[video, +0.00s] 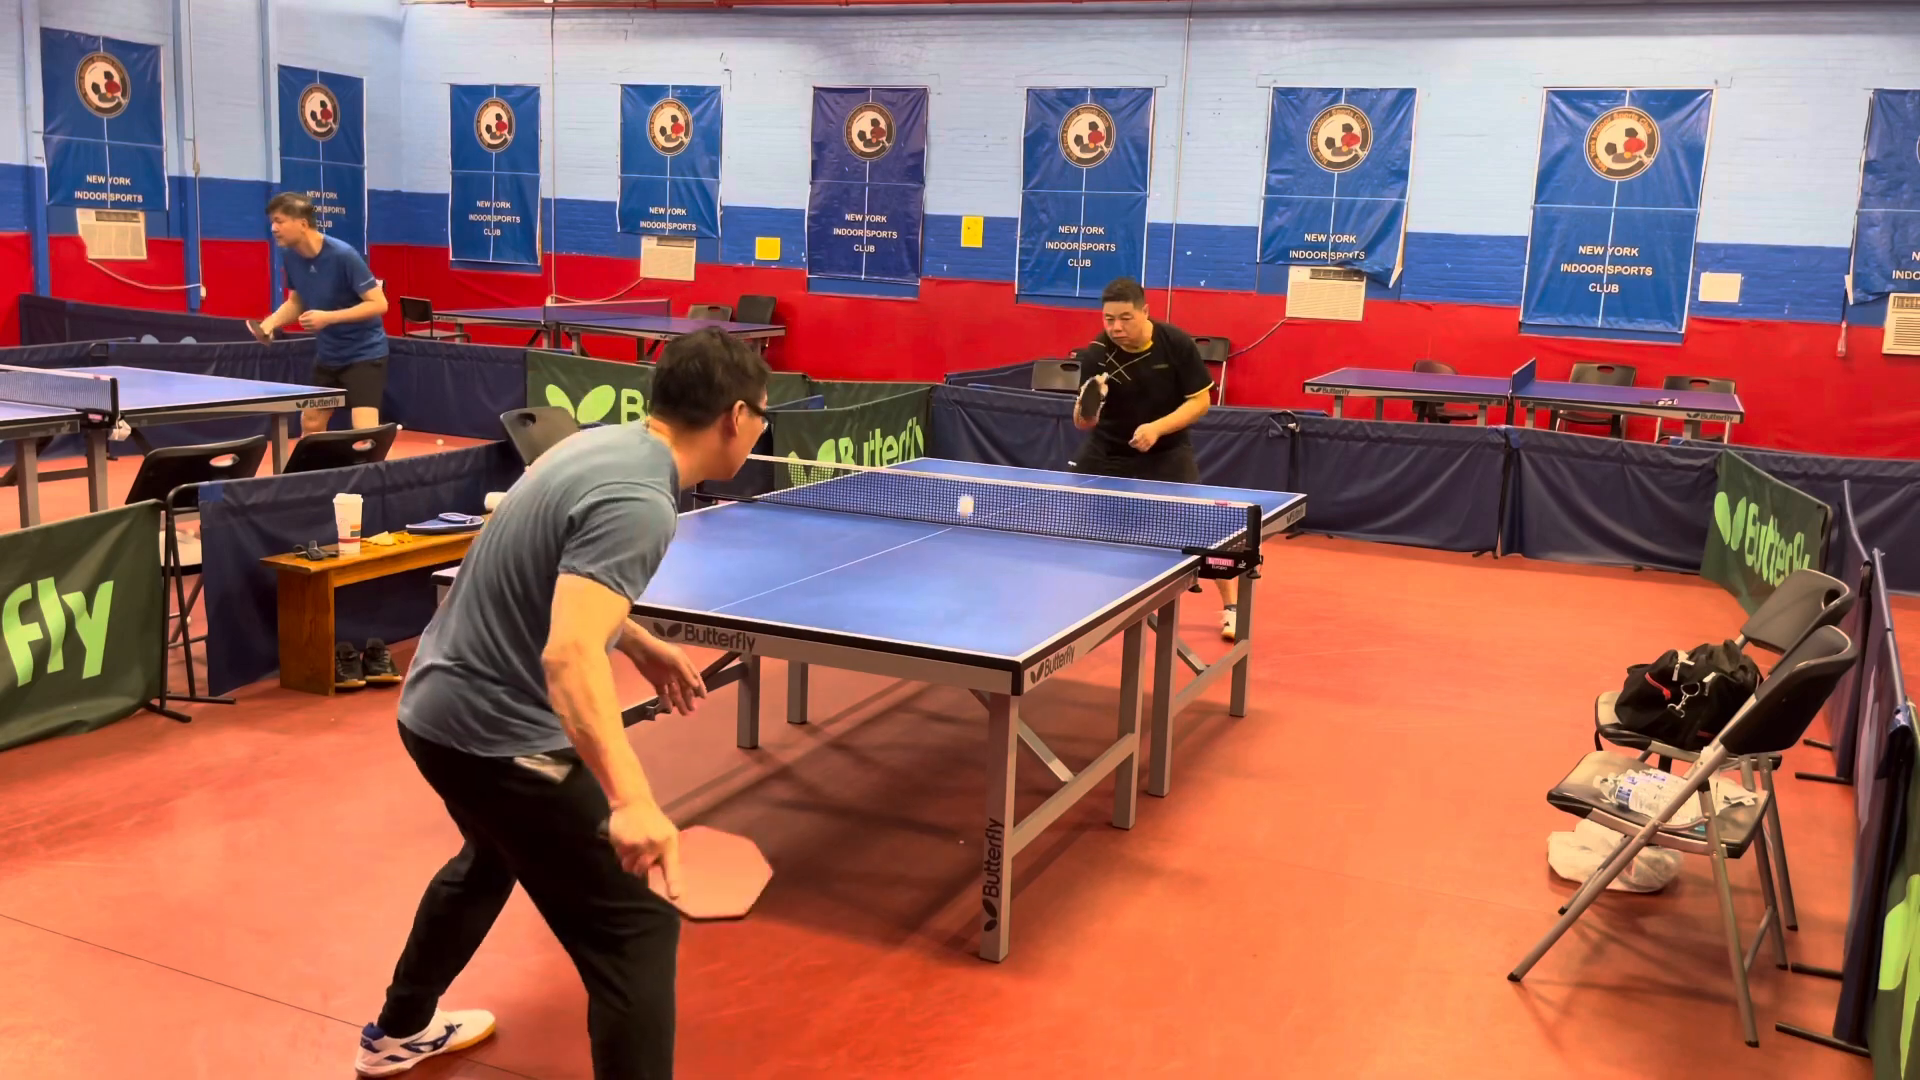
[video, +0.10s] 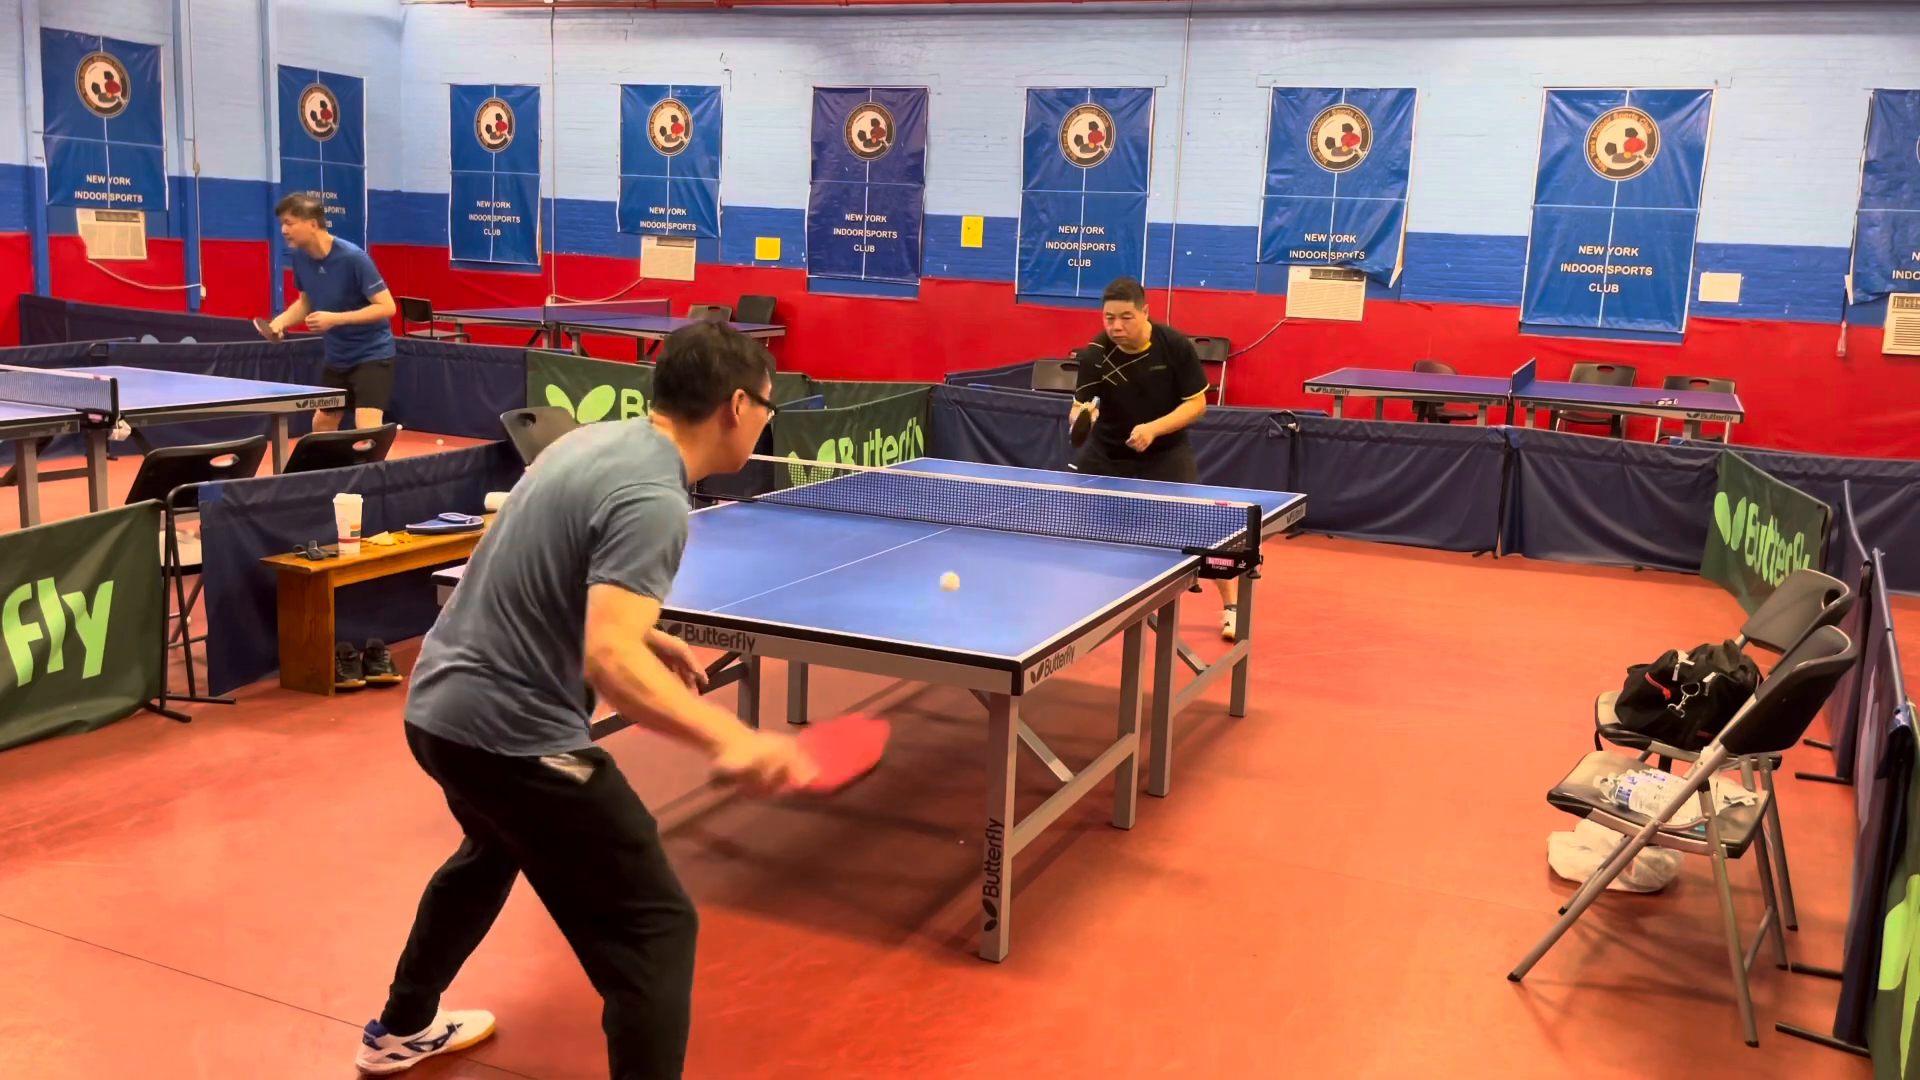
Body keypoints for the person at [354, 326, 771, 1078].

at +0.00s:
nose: (761, 431)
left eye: (762, 413)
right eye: (760, 413)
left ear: (665, 398)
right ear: (732, 417)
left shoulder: (597, 446)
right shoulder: (642, 499)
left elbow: (546, 575)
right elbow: (570, 658)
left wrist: (643, 645)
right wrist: (633, 802)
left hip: (435, 708)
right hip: (499, 734)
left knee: (494, 853)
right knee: (635, 928)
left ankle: (400, 1027)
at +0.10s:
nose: (762, 425)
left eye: (766, 409)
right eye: (763, 408)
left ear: (668, 392)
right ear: (733, 408)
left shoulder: (587, 442)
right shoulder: (654, 493)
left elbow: (550, 578)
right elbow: (610, 656)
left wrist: (647, 635)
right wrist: (733, 739)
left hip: (438, 708)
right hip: (519, 733)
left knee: (494, 848)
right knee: (655, 927)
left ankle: (402, 1026)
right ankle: (646, 1070)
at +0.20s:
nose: (749, 380)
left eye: (751, 360)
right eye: (747, 360)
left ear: (652, 349)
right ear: (713, 357)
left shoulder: (552, 409)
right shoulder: (672, 452)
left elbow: (519, 540)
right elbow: (740, 626)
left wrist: (616, 611)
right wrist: (869, 587)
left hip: (443, 690)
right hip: (537, 709)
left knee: (477, 833)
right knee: (651, 922)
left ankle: (409, 1017)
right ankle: (648, 1075)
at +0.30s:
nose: (732, 335)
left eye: (732, 318)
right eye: (728, 319)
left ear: (630, 318)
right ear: (700, 326)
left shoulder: (527, 384)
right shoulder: (703, 432)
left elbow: (465, 513)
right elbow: (804, 510)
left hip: (445, 680)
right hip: (548, 707)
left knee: (462, 846)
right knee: (645, 915)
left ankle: (425, 1019)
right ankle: (650, 1068)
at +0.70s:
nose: (737, 382)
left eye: (735, 367)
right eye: (737, 368)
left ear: (634, 363)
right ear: (721, 373)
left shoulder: (533, 419)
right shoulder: (703, 486)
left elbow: (457, 542)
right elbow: (693, 658)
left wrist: (551, 577)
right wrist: (753, 661)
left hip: (442, 708)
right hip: (553, 734)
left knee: (463, 848)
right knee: (669, 938)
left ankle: (415, 1028)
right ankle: (662, 1074)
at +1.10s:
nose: (650, 384)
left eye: (654, 365)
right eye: (649, 363)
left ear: (576, 351)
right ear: (606, 355)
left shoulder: (493, 412)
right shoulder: (523, 446)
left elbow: (497, 563)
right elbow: (500, 617)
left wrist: (612, 581)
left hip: (401, 701)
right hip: (450, 718)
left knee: (429, 875)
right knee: (554, 933)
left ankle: (316, 1051)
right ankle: (616, 1075)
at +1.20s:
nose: (609, 339)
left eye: (611, 321)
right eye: (606, 319)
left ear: (509, 309)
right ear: (565, 313)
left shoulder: (422, 377)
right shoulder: (522, 409)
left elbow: (451, 528)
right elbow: (647, 537)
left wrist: (578, 532)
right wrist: (730, 474)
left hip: (365, 681)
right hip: (440, 696)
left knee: (401, 874)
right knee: (529, 922)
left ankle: (315, 1052)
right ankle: (550, 1071)